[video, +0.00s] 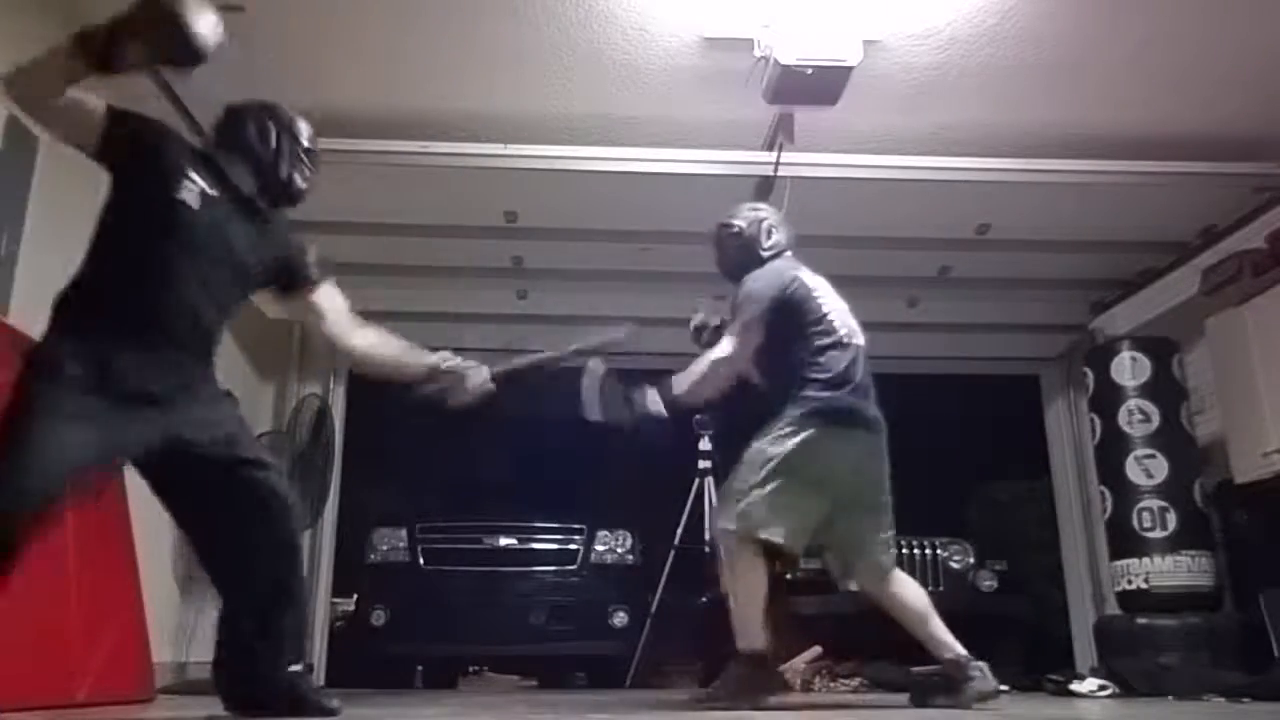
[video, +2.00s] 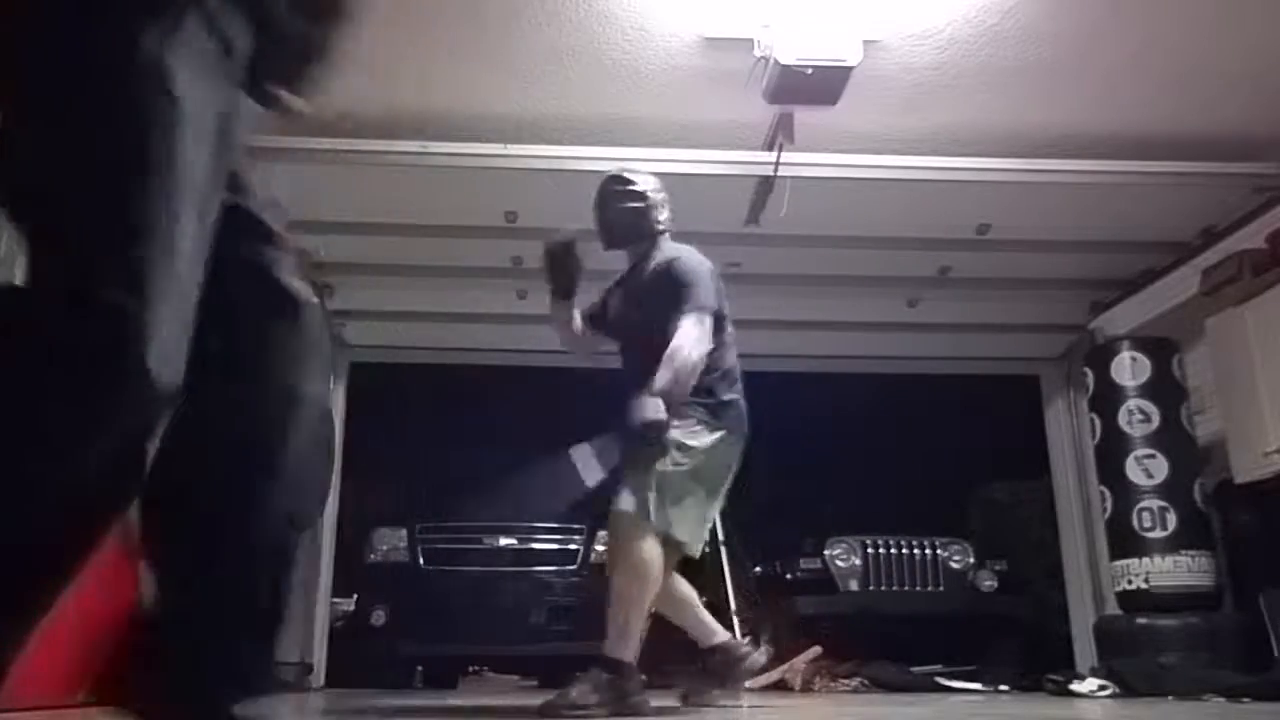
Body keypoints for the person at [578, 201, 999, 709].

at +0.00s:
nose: (719, 244)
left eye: (730, 234)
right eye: (721, 235)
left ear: (763, 238)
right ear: (771, 241)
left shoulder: (766, 281)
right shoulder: (805, 280)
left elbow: (728, 361)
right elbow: (778, 363)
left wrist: (668, 394)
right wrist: (719, 346)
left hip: (815, 420)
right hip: (865, 429)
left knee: (736, 522)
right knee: (869, 563)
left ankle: (752, 663)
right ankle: (962, 666)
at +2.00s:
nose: (627, 209)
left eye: (638, 200)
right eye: (615, 203)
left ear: (663, 212)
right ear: (601, 223)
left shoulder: (687, 265)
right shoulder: (623, 290)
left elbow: (693, 339)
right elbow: (578, 338)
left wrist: (657, 392)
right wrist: (563, 291)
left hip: (704, 415)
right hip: (662, 419)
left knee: (633, 518)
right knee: (632, 556)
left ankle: (618, 671)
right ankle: (727, 651)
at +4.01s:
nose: (749, 158)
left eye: (761, 145)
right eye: (740, 148)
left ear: (787, 151)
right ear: (729, 161)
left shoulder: (824, 199)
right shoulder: (733, 244)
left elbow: (851, 253)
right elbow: (688, 307)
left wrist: (814, 231)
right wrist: (659, 262)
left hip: (825, 379)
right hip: (761, 397)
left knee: (817, 503)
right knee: (752, 528)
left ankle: (839, 663)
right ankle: (822, 660)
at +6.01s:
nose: (846, 212)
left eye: (856, 200)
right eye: (841, 204)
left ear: (889, 202)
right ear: (839, 216)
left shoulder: (918, 242)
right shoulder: (877, 272)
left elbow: (890, 299)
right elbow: (889, 362)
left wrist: (823, 305)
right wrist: (849, 329)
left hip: (975, 406)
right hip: (935, 419)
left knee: (1016, 533)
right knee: (926, 540)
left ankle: (1093, 663)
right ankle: (987, 660)